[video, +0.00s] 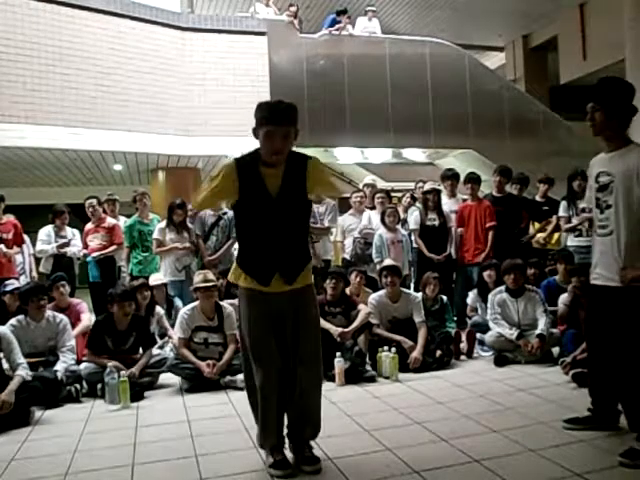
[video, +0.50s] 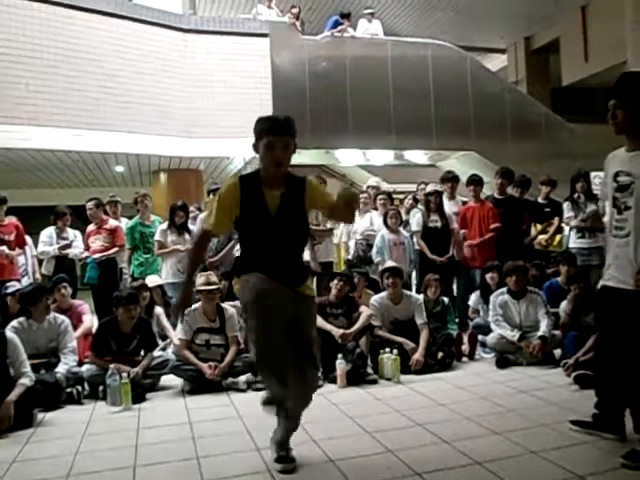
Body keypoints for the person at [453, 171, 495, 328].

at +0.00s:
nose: (470, 188)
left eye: (473, 185)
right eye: (467, 184)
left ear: (479, 186)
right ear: (464, 186)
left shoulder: (486, 206)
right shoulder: (462, 208)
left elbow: (491, 229)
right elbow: (458, 230)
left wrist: (486, 251)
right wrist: (457, 251)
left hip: (479, 256)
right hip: (464, 256)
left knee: (479, 292)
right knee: (461, 293)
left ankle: (480, 321)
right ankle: (461, 323)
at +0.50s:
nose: (472, 190)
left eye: (475, 187)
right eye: (470, 187)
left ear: (481, 188)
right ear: (466, 189)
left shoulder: (489, 207)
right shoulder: (464, 209)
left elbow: (495, 229)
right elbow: (462, 229)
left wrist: (476, 242)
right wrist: (465, 245)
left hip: (484, 258)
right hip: (468, 258)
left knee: (485, 292)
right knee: (465, 293)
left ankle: (486, 321)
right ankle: (464, 323)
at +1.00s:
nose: (475, 191)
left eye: (478, 188)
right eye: (472, 188)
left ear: (483, 189)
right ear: (468, 190)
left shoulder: (491, 208)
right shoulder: (467, 211)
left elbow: (497, 230)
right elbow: (464, 231)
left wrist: (475, 240)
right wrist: (469, 247)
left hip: (486, 258)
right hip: (470, 258)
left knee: (485, 293)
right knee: (467, 293)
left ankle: (486, 320)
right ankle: (466, 322)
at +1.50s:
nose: (473, 191)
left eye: (476, 187)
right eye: (471, 187)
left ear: (482, 189)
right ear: (468, 190)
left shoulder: (490, 208)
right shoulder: (467, 210)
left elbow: (495, 230)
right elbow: (463, 230)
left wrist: (473, 242)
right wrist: (467, 245)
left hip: (485, 258)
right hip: (469, 258)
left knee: (485, 293)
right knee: (466, 294)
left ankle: (486, 322)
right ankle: (466, 324)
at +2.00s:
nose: (473, 190)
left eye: (476, 187)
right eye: (471, 187)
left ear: (482, 189)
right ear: (468, 189)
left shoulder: (490, 208)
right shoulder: (467, 210)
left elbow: (495, 230)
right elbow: (463, 230)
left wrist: (472, 242)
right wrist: (467, 245)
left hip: (485, 258)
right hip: (470, 257)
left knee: (484, 292)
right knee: (468, 292)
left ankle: (486, 320)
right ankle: (467, 322)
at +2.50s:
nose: (474, 190)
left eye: (477, 187)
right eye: (472, 187)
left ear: (482, 189)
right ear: (468, 189)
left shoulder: (490, 208)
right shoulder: (467, 210)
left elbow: (495, 230)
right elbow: (462, 230)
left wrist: (473, 243)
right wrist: (464, 234)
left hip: (485, 258)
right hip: (469, 258)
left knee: (483, 292)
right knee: (467, 293)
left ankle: (485, 320)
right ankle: (466, 322)